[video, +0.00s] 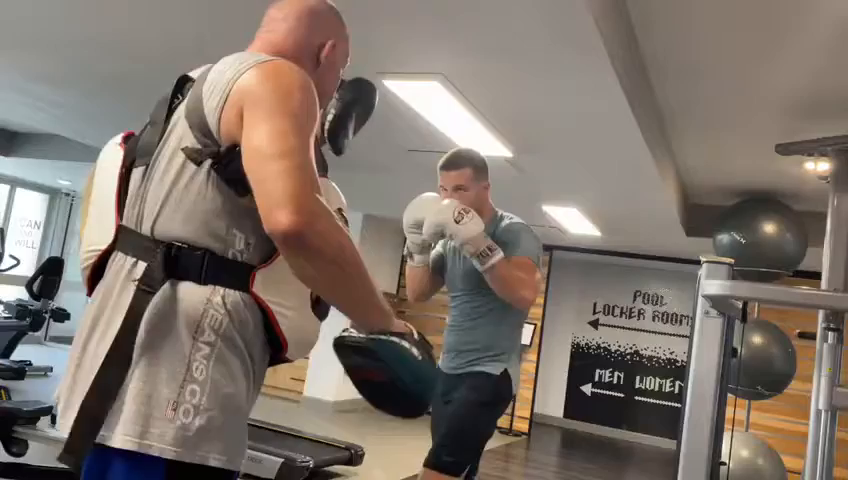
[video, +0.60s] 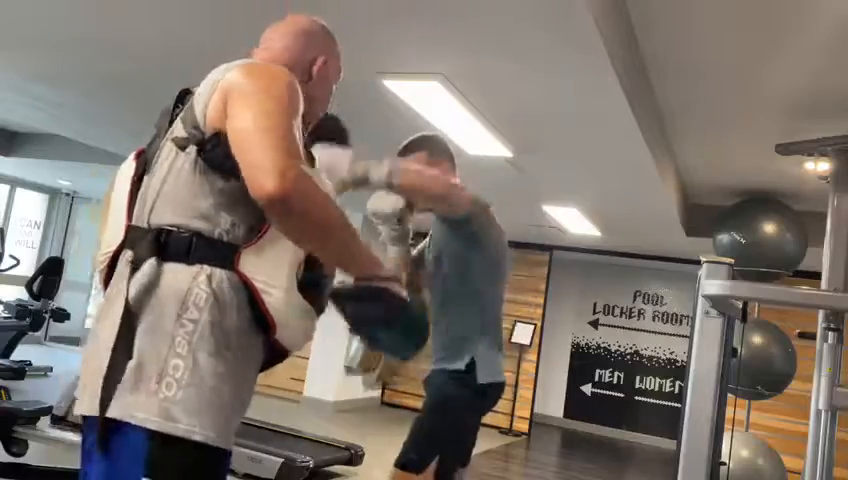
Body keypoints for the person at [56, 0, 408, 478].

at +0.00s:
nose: (335, 86)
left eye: (341, 73)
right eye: (341, 69)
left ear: (267, 35)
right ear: (326, 51)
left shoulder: (204, 80)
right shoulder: (276, 78)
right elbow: (294, 220)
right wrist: (380, 321)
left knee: (108, 465)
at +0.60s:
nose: (328, 100)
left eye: (333, 87)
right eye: (332, 84)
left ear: (265, 47)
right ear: (318, 65)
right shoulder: (263, 79)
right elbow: (277, 185)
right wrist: (370, 271)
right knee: (169, 467)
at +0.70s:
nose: (324, 103)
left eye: (330, 89)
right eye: (329, 85)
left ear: (260, 48)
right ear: (313, 67)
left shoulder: (205, 96)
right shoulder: (262, 78)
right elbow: (317, 179)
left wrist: (330, 227)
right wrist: (395, 232)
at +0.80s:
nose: (315, 90)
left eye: (318, 79)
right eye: (317, 76)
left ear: (247, 43)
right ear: (304, 58)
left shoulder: (188, 93)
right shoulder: (262, 83)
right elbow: (385, 194)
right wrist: (430, 176)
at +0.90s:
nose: (313, 76)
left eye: (319, 68)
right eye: (317, 64)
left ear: (241, 26)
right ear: (303, 47)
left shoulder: (172, 81)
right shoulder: (269, 80)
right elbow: (406, 187)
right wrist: (409, 129)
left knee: (86, 464)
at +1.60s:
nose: (307, 77)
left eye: (313, 63)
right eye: (311, 59)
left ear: (223, 23)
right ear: (291, 42)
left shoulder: (143, 73)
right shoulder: (266, 100)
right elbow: (367, 252)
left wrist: (295, 111)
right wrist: (398, 172)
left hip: (57, 330)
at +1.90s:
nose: (292, 20)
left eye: (294, 8)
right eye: (293, 6)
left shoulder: (108, 40)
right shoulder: (230, 59)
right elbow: (357, 219)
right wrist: (370, 105)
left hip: (41, 317)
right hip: (131, 345)